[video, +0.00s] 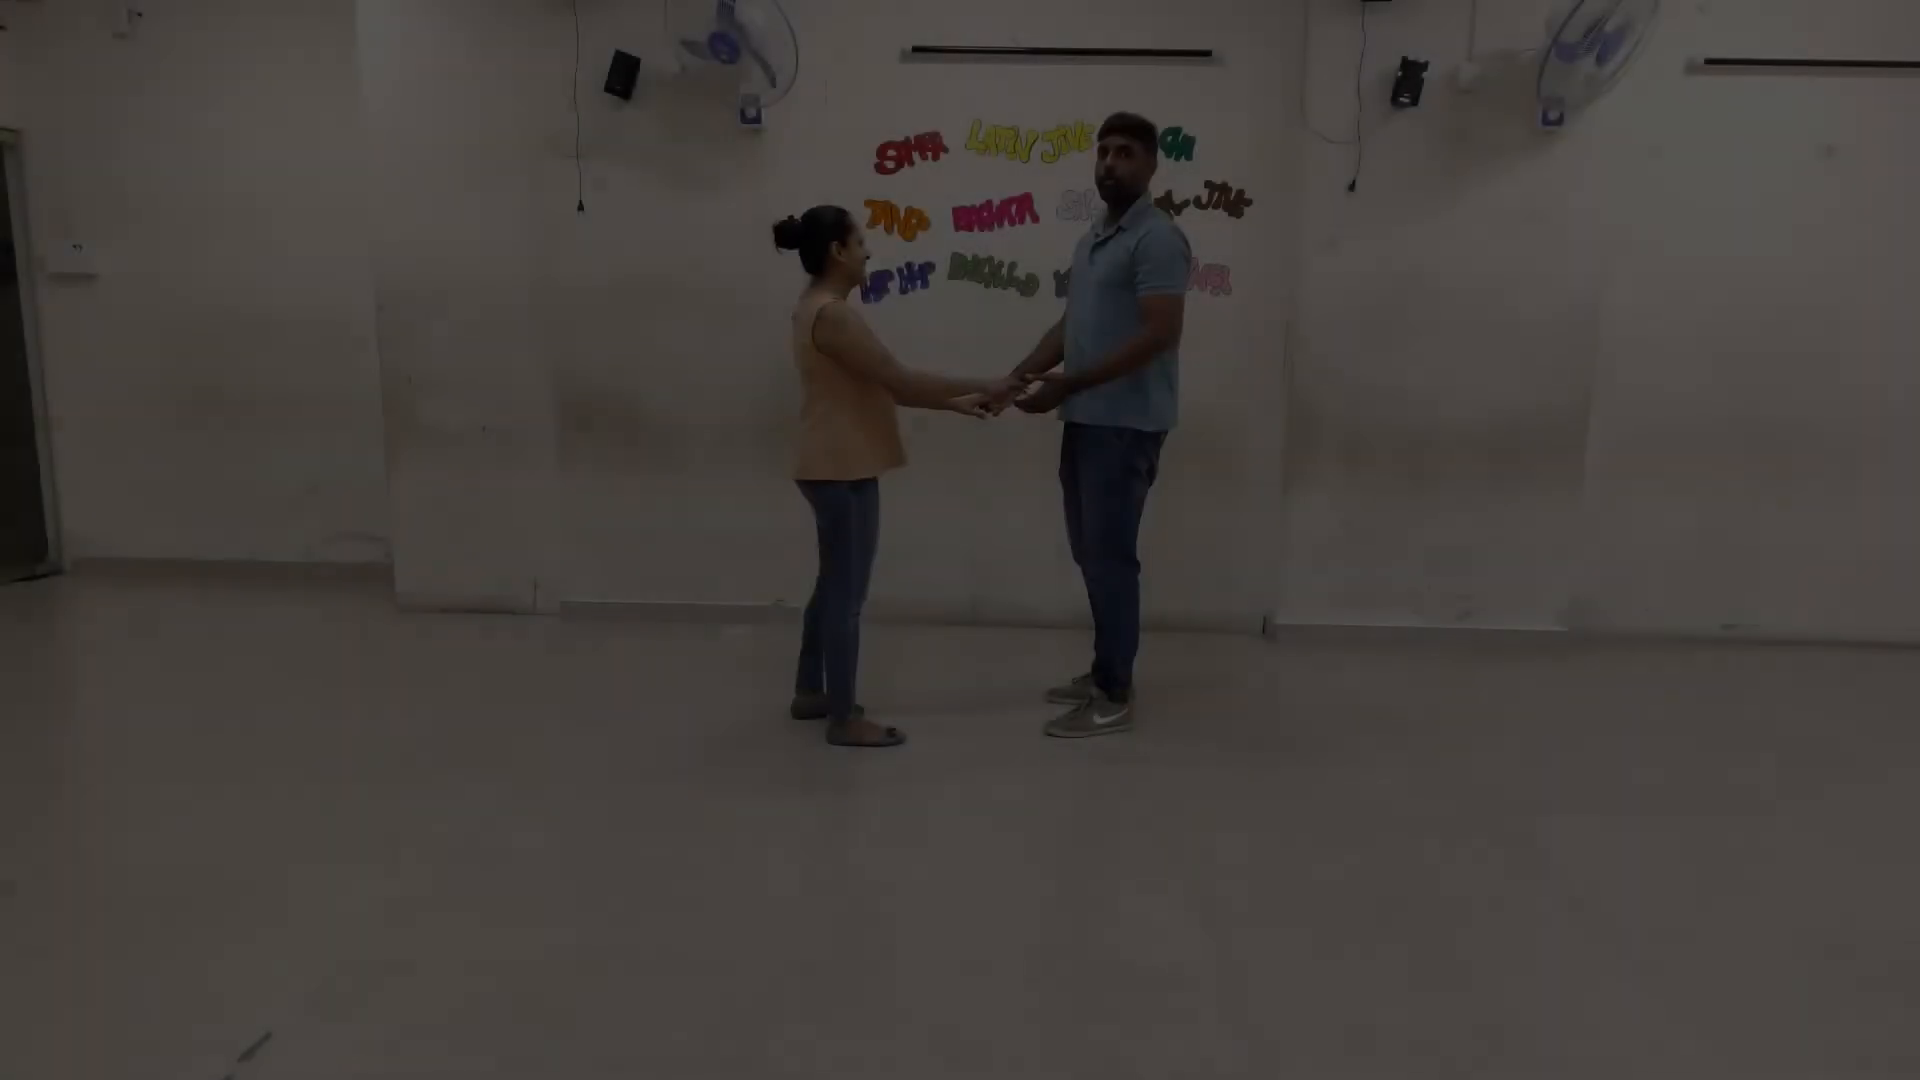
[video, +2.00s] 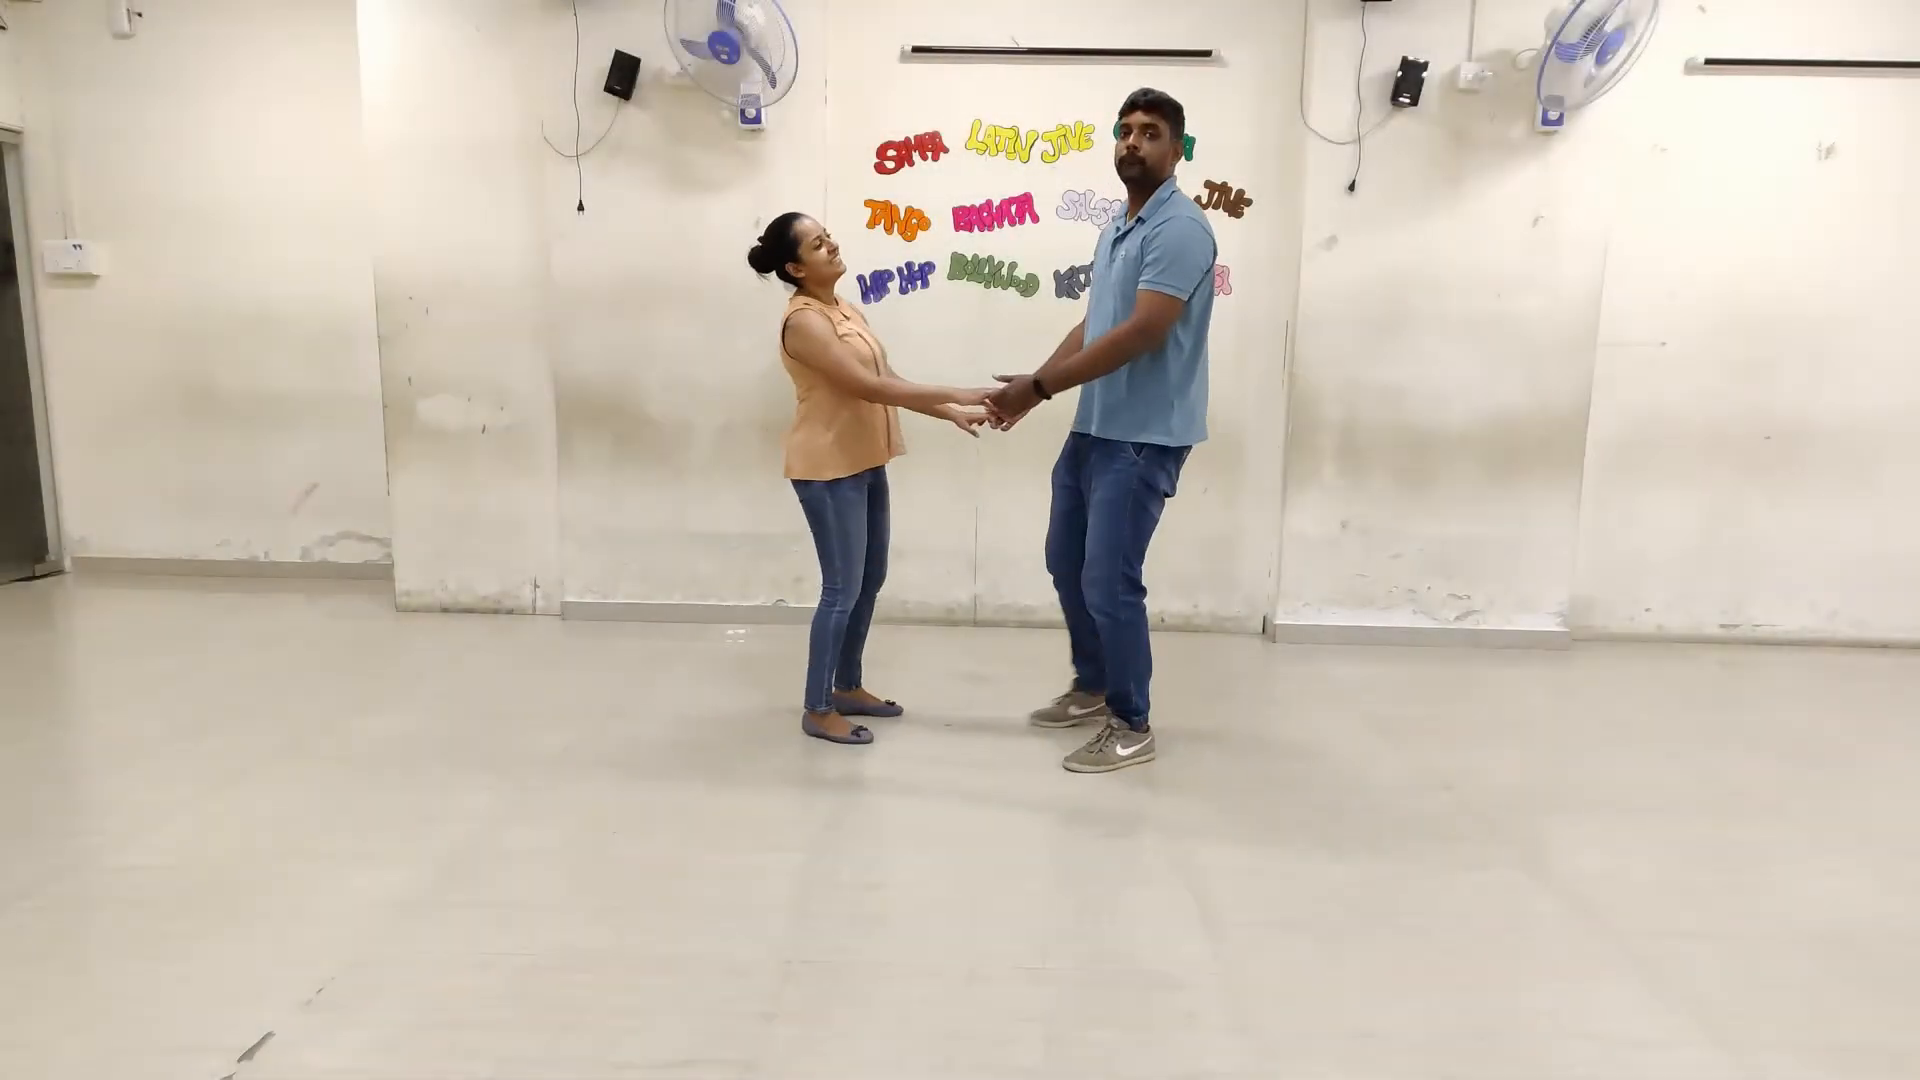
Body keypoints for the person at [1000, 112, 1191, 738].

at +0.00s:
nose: (1111, 163)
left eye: (1125, 154)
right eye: (1105, 153)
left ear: (1151, 166)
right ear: (1095, 163)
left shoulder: (1159, 238)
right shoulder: (1094, 240)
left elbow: (1162, 333)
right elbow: (1073, 324)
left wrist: (1071, 383)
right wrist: (1022, 373)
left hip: (1128, 421)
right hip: (1088, 416)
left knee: (1111, 552)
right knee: (1092, 551)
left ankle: (1114, 697)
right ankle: (1107, 674)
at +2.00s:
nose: (1133, 143)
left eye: (1150, 134)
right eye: (1126, 133)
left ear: (1177, 150)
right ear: (1115, 146)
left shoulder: (1183, 228)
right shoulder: (1116, 232)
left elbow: (1147, 330)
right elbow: (1090, 328)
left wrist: (1044, 384)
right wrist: (1032, 386)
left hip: (1145, 436)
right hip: (1095, 428)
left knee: (1111, 580)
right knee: (1067, 560)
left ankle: (1132, 727)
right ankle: (1096, 687)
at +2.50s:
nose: (1151, 153)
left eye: (1170, 144)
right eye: (1147, 142)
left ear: (1202, 161)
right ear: (1139, 153)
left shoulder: (1200, 240)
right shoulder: (1148, 233)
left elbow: (1142, 342)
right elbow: (1105, 329)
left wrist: (1039, 389)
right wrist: (1033, 389)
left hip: (1164, 442)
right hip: (1126, 435)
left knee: (1107, 583)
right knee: (1118, 574)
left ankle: (1127, 725)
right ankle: (1202, 689)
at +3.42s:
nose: (1055, 166)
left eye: (1067, 156)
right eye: (1058, 155)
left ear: (1104, 166)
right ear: (1101, 168)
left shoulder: (1116, 236)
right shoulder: (1116, 228)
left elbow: (1137, 340)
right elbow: (1129, 337)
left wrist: (1040, 364)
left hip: (1112, 437)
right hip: (1117, 433)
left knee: (1057, 569)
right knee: (1077, 557)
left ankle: (1086, 713)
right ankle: (1159, 667)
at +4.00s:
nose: (1135, 192)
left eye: (1151, 184)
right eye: (1140, 180)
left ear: (1191, 200)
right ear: (1156, 190)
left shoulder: (1207, 269)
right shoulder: (1157, 268)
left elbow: (1176, 371)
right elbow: (1108, 349)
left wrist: (1071, 394)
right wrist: (1030, 387)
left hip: (1183, 460)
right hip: (1166, 456)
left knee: (1087, 570)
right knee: (1157, 587)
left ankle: (1079, 712)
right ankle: (1251, 697)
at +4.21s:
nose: (1178, 176)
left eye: (1192, 168)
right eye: (1182, 165)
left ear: (1229, 180)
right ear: (1225, 182)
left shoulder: (1232, 240)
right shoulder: (1242, 240)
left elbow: (1160, 334)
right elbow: (1202, 348)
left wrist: (1063, 323)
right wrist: (1130, 392)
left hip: (1232, 438)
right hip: (1262, 438)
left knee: (1149, 560)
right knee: (1209, 571)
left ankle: (1157, 721)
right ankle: (1259, 708)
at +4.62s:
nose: (1174, 196)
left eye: (1189, 188)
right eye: (1176, 186)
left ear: (1231, 202)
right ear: (1183, 197)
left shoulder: (1246, 262)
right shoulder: (1185, 275)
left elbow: (1199, 357)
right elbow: (1161, 356)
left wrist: (1112, 334)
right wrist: (1115, 411)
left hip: (1240, 460)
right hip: (1199, 459)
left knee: (1146, 582)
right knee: (1196, 595)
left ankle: (1102, 720)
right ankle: (1282, 703)